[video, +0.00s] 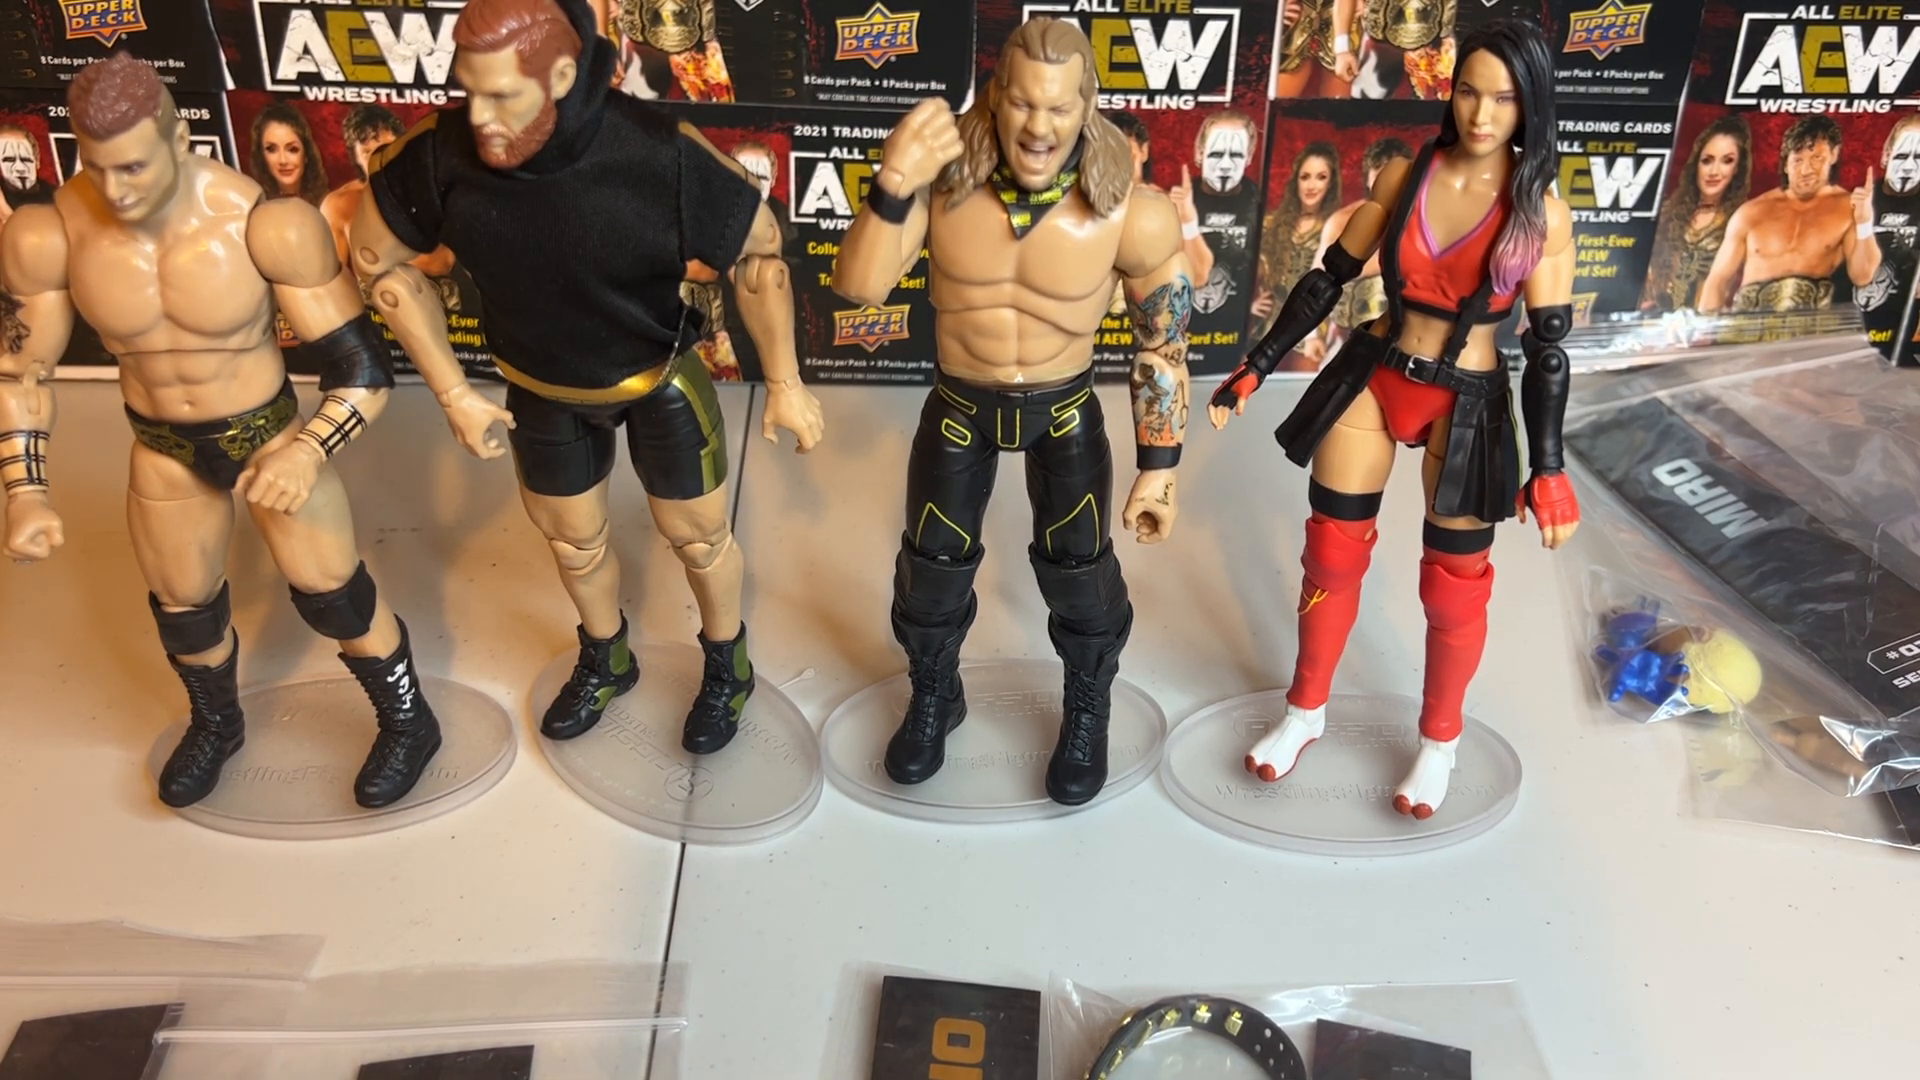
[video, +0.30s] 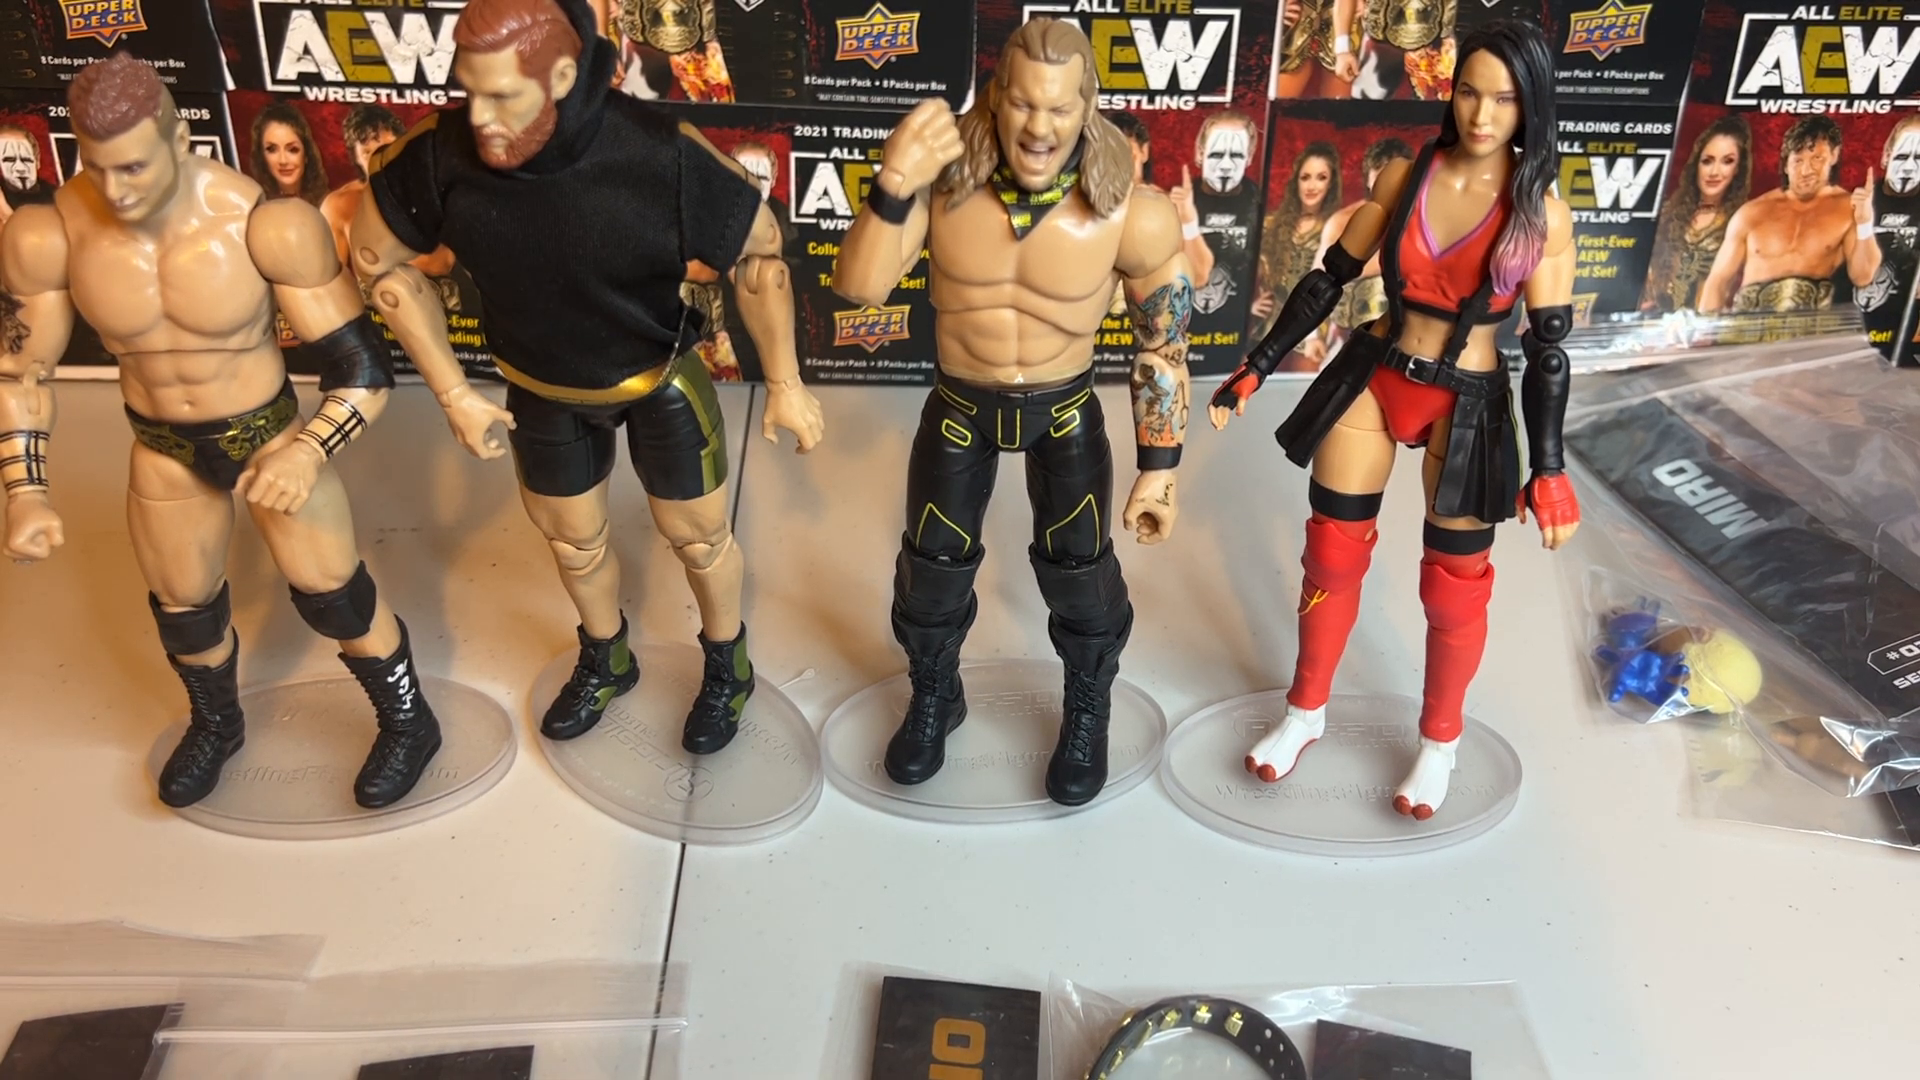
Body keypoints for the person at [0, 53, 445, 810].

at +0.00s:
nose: (117, 188)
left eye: (134, 167)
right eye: (100, 169)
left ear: (178, 139)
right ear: (80, 151)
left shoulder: (268, 225)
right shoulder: (53, 233)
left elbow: (362, 370)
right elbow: (23, 372)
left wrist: (311, 447)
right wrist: (21, 486)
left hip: (269, 441)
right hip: (161, 452)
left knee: (336, 599)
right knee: (186, 616)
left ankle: (408, 721)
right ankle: (216, 722)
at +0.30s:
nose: (118, 188)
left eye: (134, 167)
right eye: (100, 169)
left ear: (178, 139)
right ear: (80, 151)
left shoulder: (268, 225)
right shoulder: (53, 233)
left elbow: (363, 370)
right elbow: (22, 372)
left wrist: (311, 447)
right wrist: (22, 487)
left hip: (269, 441)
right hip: (161, 451)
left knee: (336, 599)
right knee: (186, 617)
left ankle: (408, 722)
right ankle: (216, 722)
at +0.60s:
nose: (118, 188)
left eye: (134, 167)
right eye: (100, 169)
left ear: (178, 139)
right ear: (80, 151)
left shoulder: (268, 225)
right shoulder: (54, 232)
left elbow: (362, 370)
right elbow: (23, 372)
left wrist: (312, 446)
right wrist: (22, 487)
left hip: (268, 441)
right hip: (161, 451)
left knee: (336, 599)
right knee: (186, 617)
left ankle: (409, 722)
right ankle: (217, 722)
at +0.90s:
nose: (118, 188)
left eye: (134, 167)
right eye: (100, 169)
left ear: (178, 138)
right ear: (80, 150)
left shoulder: (268, 225)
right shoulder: (54, 232)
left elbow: (362, 370)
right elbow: (23, 372)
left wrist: (312, 446)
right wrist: (22, 486)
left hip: (269, 440)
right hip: (161, 451)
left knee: (336, 599)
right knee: (186, 616)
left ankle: (408, 722)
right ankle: (216, 723)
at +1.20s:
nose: (118, 188)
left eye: (135, 167)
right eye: (101, 169)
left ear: (179, 139)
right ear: (81, 151)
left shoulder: (268, 225)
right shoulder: (53, 232)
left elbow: (363, 370)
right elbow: (22, 372)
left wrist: (311, 446)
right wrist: (22, 486)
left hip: (268, 441)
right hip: (161, 451)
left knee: (336, 600)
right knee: (186, 618)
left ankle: (409, 722)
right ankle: (217, 722)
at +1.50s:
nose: (118, 188)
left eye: (134, 167)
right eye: (100, 169)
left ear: (178, 138)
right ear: (80, 151)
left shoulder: (268, 225)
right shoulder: (54, 232)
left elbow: (363, 370)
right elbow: (23, 371)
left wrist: (311, 446)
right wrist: (21, 487)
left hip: (269, 441)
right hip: (161, 452)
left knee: (336, 600)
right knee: (186, 617)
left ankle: (409, 722)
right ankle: (216, 722)